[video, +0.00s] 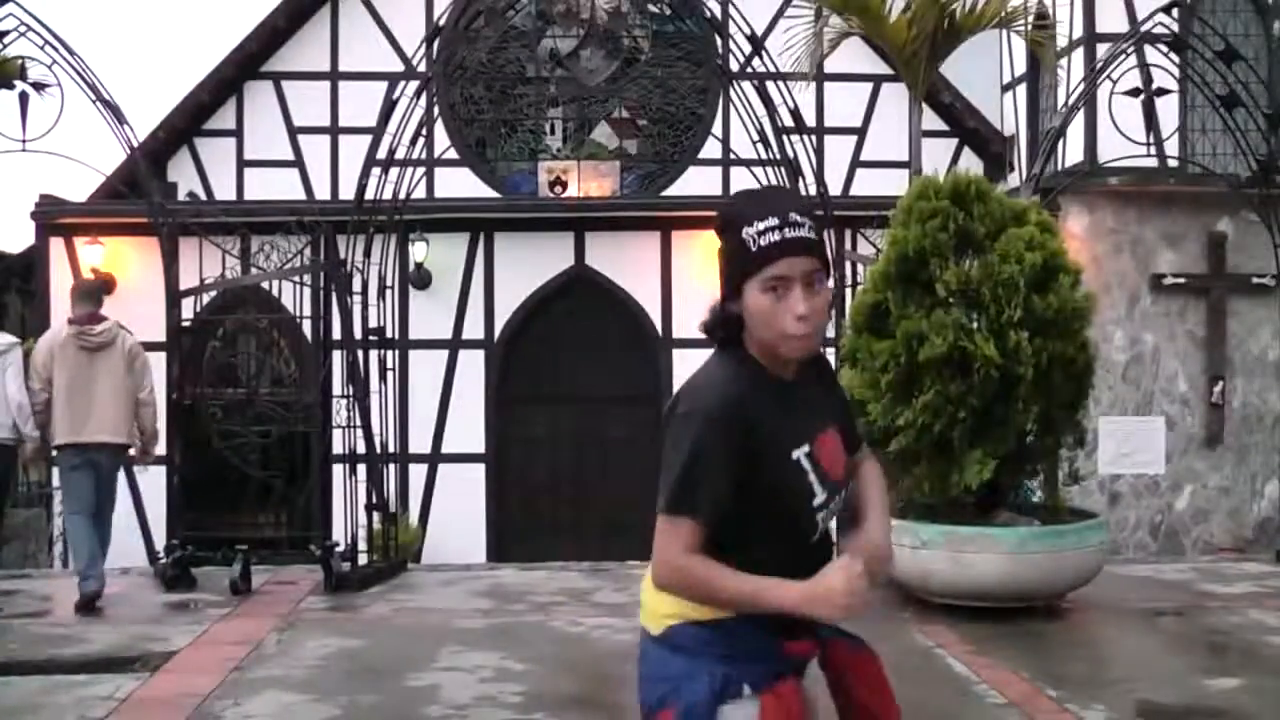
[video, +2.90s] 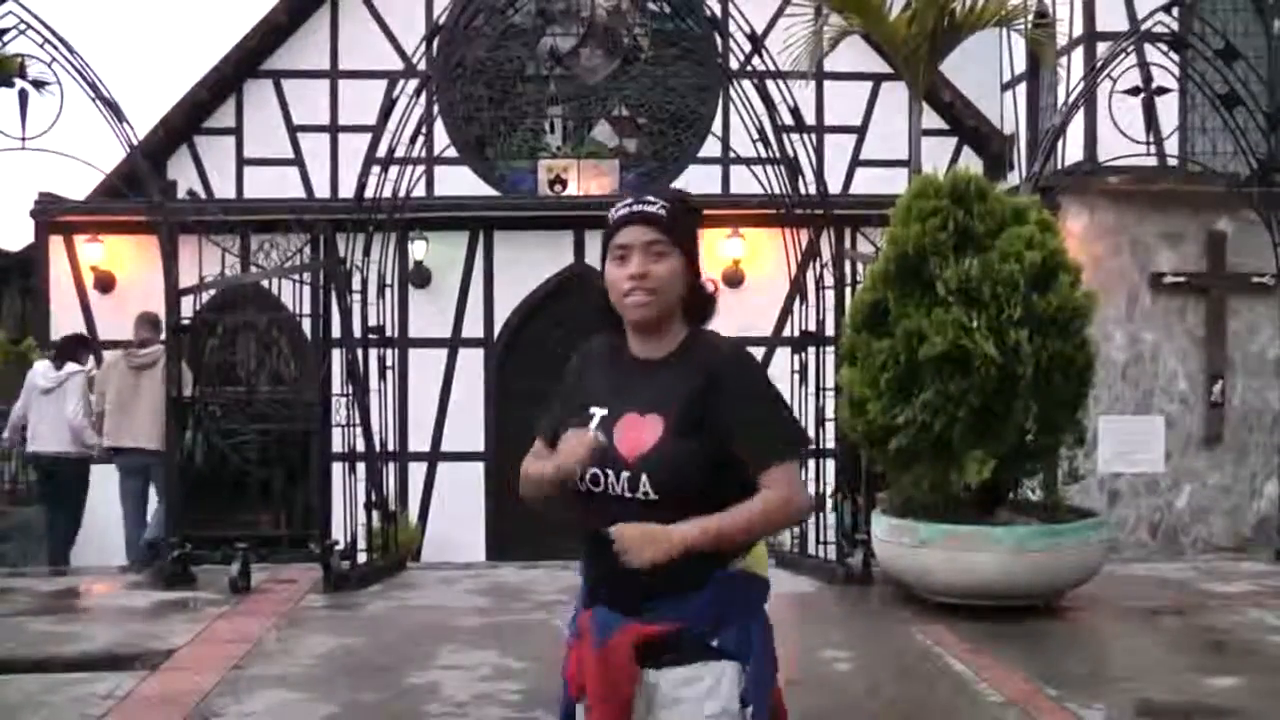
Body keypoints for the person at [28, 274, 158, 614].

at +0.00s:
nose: (78, 310)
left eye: (75, 304)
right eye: (88, 305)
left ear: (72, 303)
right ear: (102, 304)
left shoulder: (51, 342)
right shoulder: (126, 342)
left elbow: (39, 398)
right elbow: (145, 396)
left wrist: (41, 436)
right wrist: (148, 444)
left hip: (71, 438)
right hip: (111, 438)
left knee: (77, 512)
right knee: (102, 514)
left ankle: (89, 584)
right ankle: (91, 583)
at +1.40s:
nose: (98, 316)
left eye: (93, 312)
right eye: (103, 311)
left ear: (83, 311)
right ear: (111, 310)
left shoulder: (60, 343)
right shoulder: (131, 345)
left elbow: (49, 389)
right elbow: (144, 396)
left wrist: (59, 421)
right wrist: (147, 437)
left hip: (74, 432)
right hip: (115, 432)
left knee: (79, 499)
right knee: (126, 491)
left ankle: (83, 566)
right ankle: (122, 552)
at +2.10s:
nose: (146, 318)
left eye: (142, 312)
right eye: (154, 313)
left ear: (133, 312)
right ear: (160, 313)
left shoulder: (109, 342)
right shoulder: (177, 347)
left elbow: (91, 384)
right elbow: (186, 393)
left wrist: (85, 419)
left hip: (120, 428)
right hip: (157, 430)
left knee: (117, 488)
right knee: (157, 492)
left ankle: (98, 548)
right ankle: (149, 555)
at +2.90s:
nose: (139, 337)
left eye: (138, 332)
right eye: (145, 333)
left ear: (135, 332)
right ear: (160, 333)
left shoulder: (113, 362)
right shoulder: (170, 362)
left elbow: (99, 402)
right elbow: (186, 393)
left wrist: (102, 433)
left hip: (123, 441)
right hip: (158, 443)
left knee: (132, 508)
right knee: (167, 499)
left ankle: (135, 559)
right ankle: (151, 543)